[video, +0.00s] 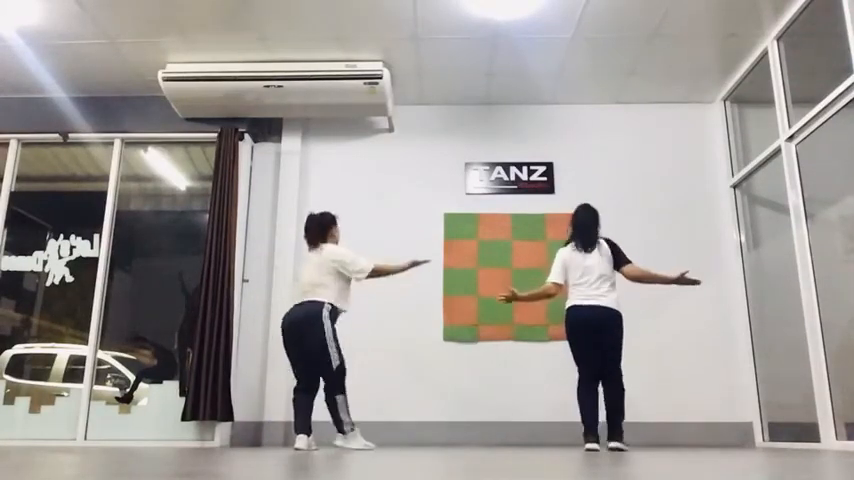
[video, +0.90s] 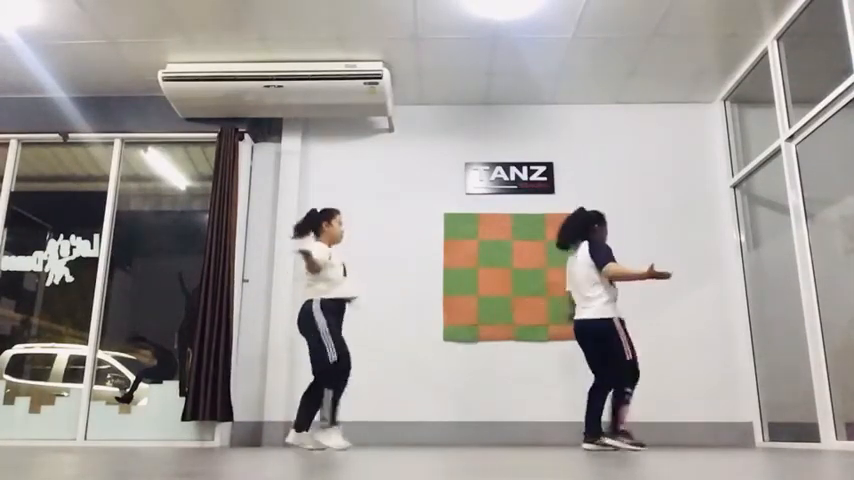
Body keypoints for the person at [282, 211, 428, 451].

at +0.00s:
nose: (339, 232)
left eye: (337, 228)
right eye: (336, 228)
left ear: (313, 234)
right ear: (330, 231)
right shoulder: (334, 253)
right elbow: (369, 270)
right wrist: (404, 266)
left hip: (293, 319)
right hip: (318, 316)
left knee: (306, 378)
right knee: (334, 374)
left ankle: (302, 436)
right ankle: (347, 434)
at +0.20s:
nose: (337, 226)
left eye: (336, 221)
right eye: (334, 221)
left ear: (318, 225)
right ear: (325, 224)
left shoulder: (319, 246)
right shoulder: (325, 245)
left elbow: (358, 258)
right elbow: (358, 257)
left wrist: (390, 249)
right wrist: (392, 249)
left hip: (316, 311)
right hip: (323, 310)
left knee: (326, 372)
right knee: (331, 371)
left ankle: (300, 426)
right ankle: (312, 433)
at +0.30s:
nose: (340, 232)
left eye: (339, 227)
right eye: (338, 227)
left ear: (321, 229)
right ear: (329, 228)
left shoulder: (321, 250)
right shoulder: (323, 249)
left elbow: (353, 261)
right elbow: (352, 261)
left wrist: (377, 251)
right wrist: (380, 250)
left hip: (325, 315)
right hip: (320, 315)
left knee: (346, 373)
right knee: (333, 373)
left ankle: (314, 432)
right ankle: (310, 435)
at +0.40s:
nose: (346, 235)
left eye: (344, 231)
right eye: (343, 230)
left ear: (328, 233)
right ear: (333, 232)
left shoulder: (322, 255)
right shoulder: (324, 253)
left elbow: (347, 267)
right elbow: (345, 267)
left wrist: (363, 255)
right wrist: (368, 254)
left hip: (322, 320)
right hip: (314, 319)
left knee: (352, 371)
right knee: (330, 376)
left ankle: (341, 431)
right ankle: (311, 436)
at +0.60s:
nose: (348, 229)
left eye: (346, 225)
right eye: (344, 225)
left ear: (330, 231)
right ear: (333, 229)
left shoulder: (331, 252)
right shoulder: (328, 250)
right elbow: (338, 269)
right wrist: (347, 250)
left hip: (322, 319)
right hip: (311, 316)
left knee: (334, 375)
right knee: (321, 374)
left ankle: (353, 433)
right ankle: (310, 436)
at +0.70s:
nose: (344, 223)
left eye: (343, 219)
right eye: (341, 219)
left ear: (327, 223)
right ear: (330, 222)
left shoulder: (327, 246)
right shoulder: (321, 246)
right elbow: (332, 262)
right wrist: (336, 244)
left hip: (328, 312)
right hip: (316, 311)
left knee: (329, 372)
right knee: (318, 372)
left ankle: (326, 432)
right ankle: (311, 435)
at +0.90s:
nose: (343, 230)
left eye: (342, 225)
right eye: (339, 224)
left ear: (327, 226)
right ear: (326, 226)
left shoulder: (329, 252)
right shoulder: (318, 247)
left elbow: (329, 282)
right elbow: (314, 267)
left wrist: (344, 295)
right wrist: (309, 256)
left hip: (327, 310)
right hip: (317, 309)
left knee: (324, 373)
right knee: (338, 364)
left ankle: (299, 431)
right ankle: (327, 429)